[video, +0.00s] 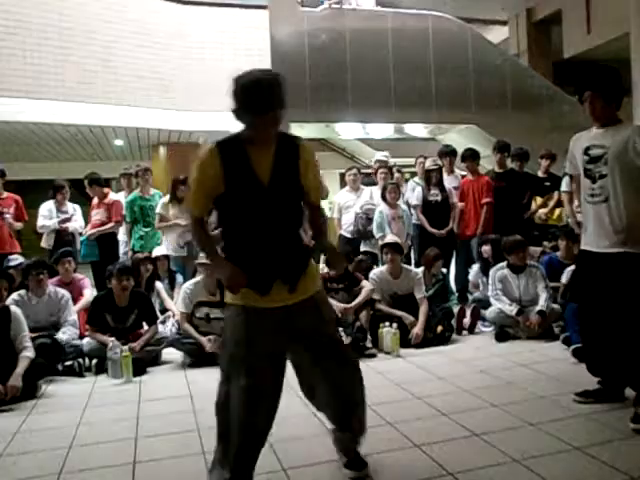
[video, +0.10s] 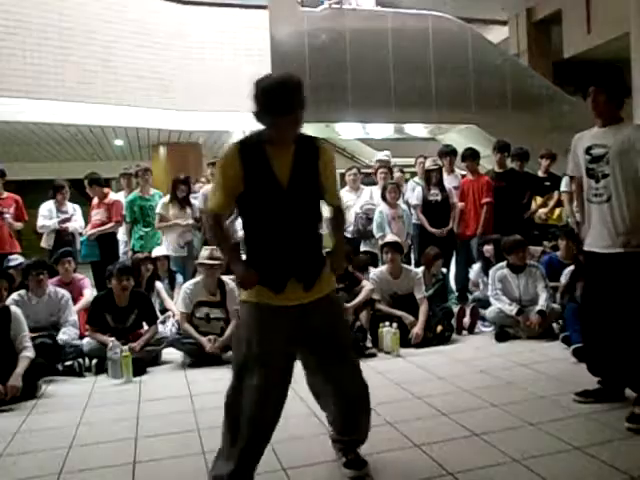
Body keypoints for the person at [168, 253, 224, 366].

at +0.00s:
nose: (208, 270)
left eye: (211, 266)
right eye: (203, 266)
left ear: (218, 267)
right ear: (198, 268)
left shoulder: (226, 289)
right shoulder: (189, 288)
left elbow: (233, 317)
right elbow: (183, 321)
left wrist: (223, 340)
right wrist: (202, 340)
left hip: (221, 336)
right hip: (196, 333)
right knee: (175, 341)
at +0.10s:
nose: (211, 271)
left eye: (215, 267)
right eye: (207, 267)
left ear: (221, 268)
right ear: (200, 268)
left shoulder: (229, 287)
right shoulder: (189, 288)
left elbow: (235, 319)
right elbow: (183, 321)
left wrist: (222, 341)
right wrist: (202, 340)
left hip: (222, 335)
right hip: (197, 335)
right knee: (174, 340)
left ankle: (199, 359)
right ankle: (220, 357)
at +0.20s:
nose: (211, 271)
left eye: (215, 267)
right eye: (207, 267)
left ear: (221, 268)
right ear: (199, 268)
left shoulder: (228, 287)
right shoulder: (189, 288)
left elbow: (234, 319)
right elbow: (182, 322)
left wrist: (221, 341)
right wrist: (202, 340)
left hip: (221, 334)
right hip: (196, 334)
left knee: (238, 343)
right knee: (174, 341)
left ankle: (198, 359)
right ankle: (223, 357)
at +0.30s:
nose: (211, 270)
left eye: (214, 267)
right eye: (207, 267)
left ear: (220, 268)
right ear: (199, 268)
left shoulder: (228, 287)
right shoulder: (188, 288)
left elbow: (233, 319)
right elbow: (182, 321)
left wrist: (221, 341)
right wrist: (201, 340)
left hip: (221, 334)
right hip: (197, 336)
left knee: (248, 334)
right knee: (173, 340)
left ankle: (198, 359)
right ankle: (223, 357)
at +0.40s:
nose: (211, 270)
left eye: (214, 266)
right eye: (206, 266)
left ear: (220, 268)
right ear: (199, 268)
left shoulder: (228, 287)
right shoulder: (188, 288)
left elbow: (233, 319)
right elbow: (182, 322)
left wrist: (221, 340)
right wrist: (201, 340)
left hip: (222, 335)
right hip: (197, 336)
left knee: (248, 334)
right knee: (174, 341)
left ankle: (200, 359)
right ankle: (224, 357)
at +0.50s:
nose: (210, 271)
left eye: (214, 267)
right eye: (206, 267)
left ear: (220, 269)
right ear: (199, 269)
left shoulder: (228, 289)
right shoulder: (188, 289)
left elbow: (234, 320)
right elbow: (182, 323)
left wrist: (221, 342)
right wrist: (201, 341)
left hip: (222, 334)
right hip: (197, 334)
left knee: (251, 337)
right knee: (173, 342)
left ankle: (200, 360)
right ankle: (221, 358)